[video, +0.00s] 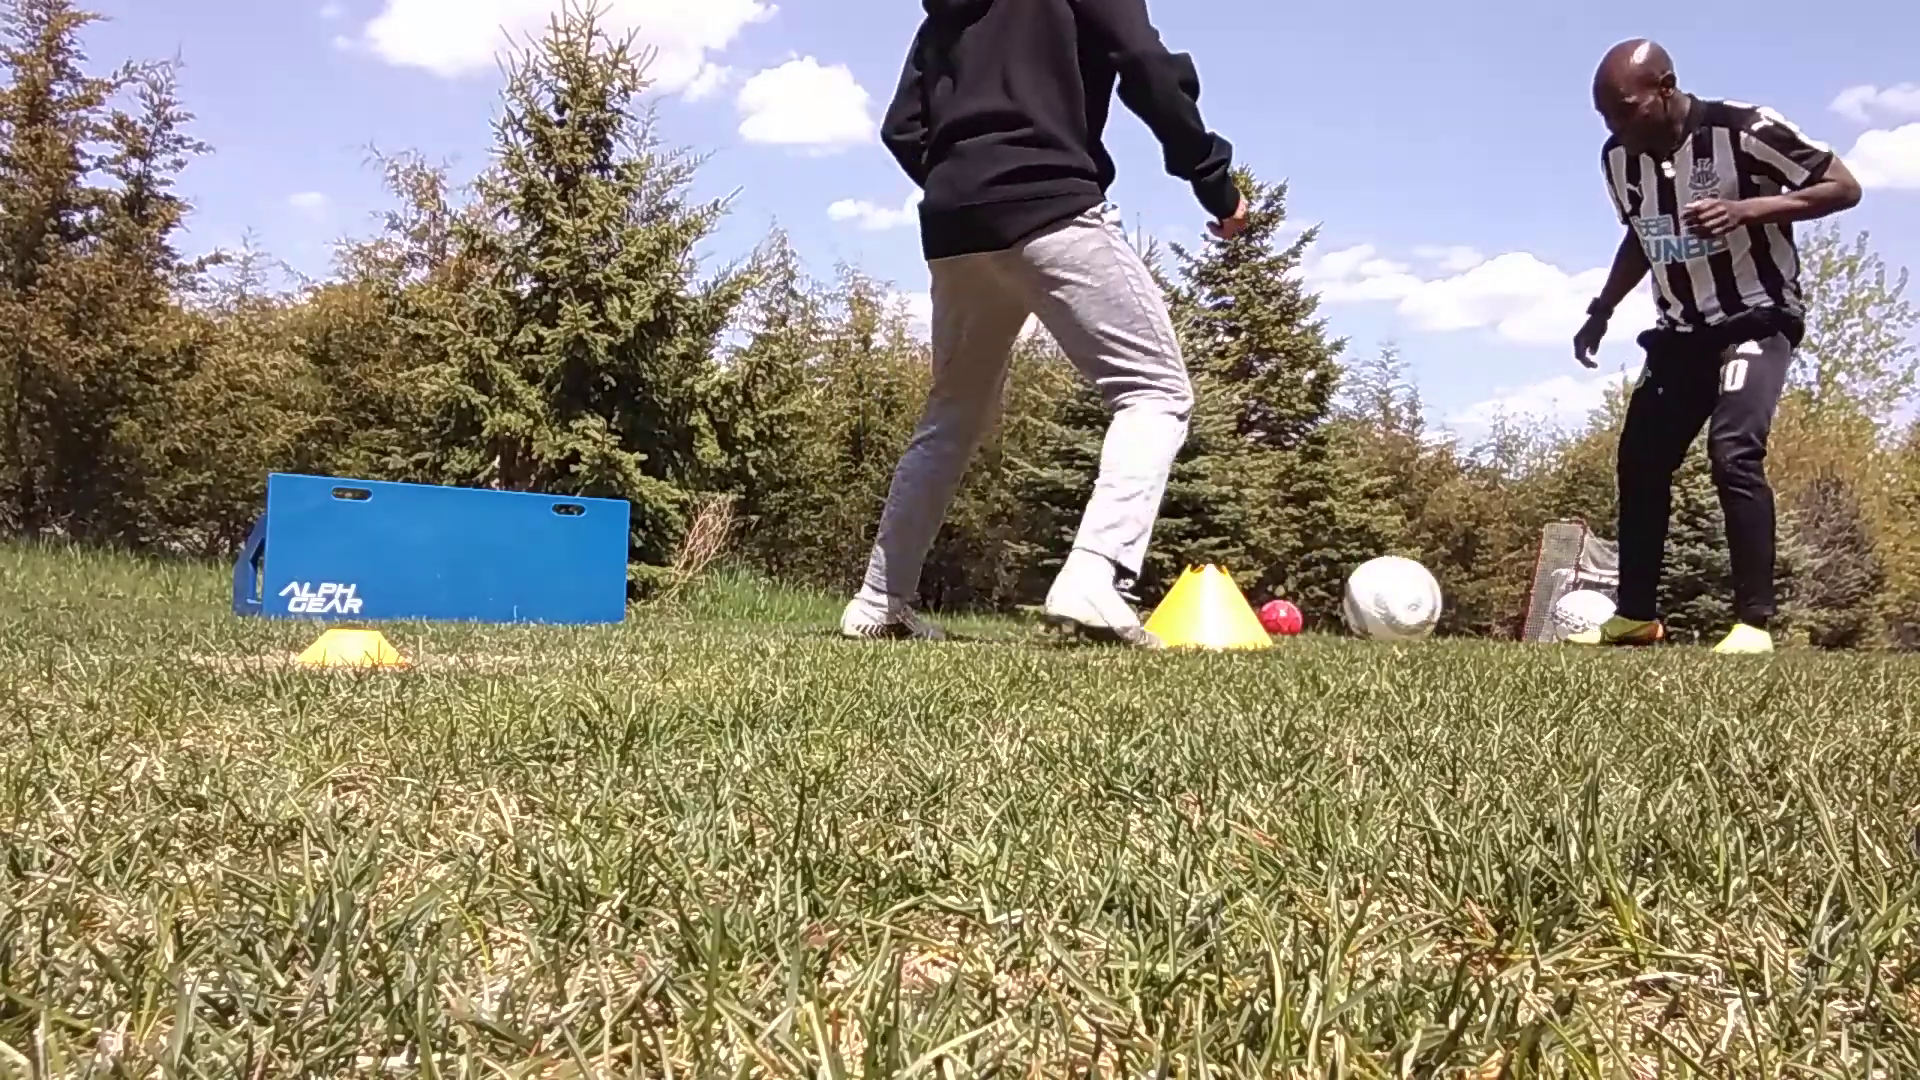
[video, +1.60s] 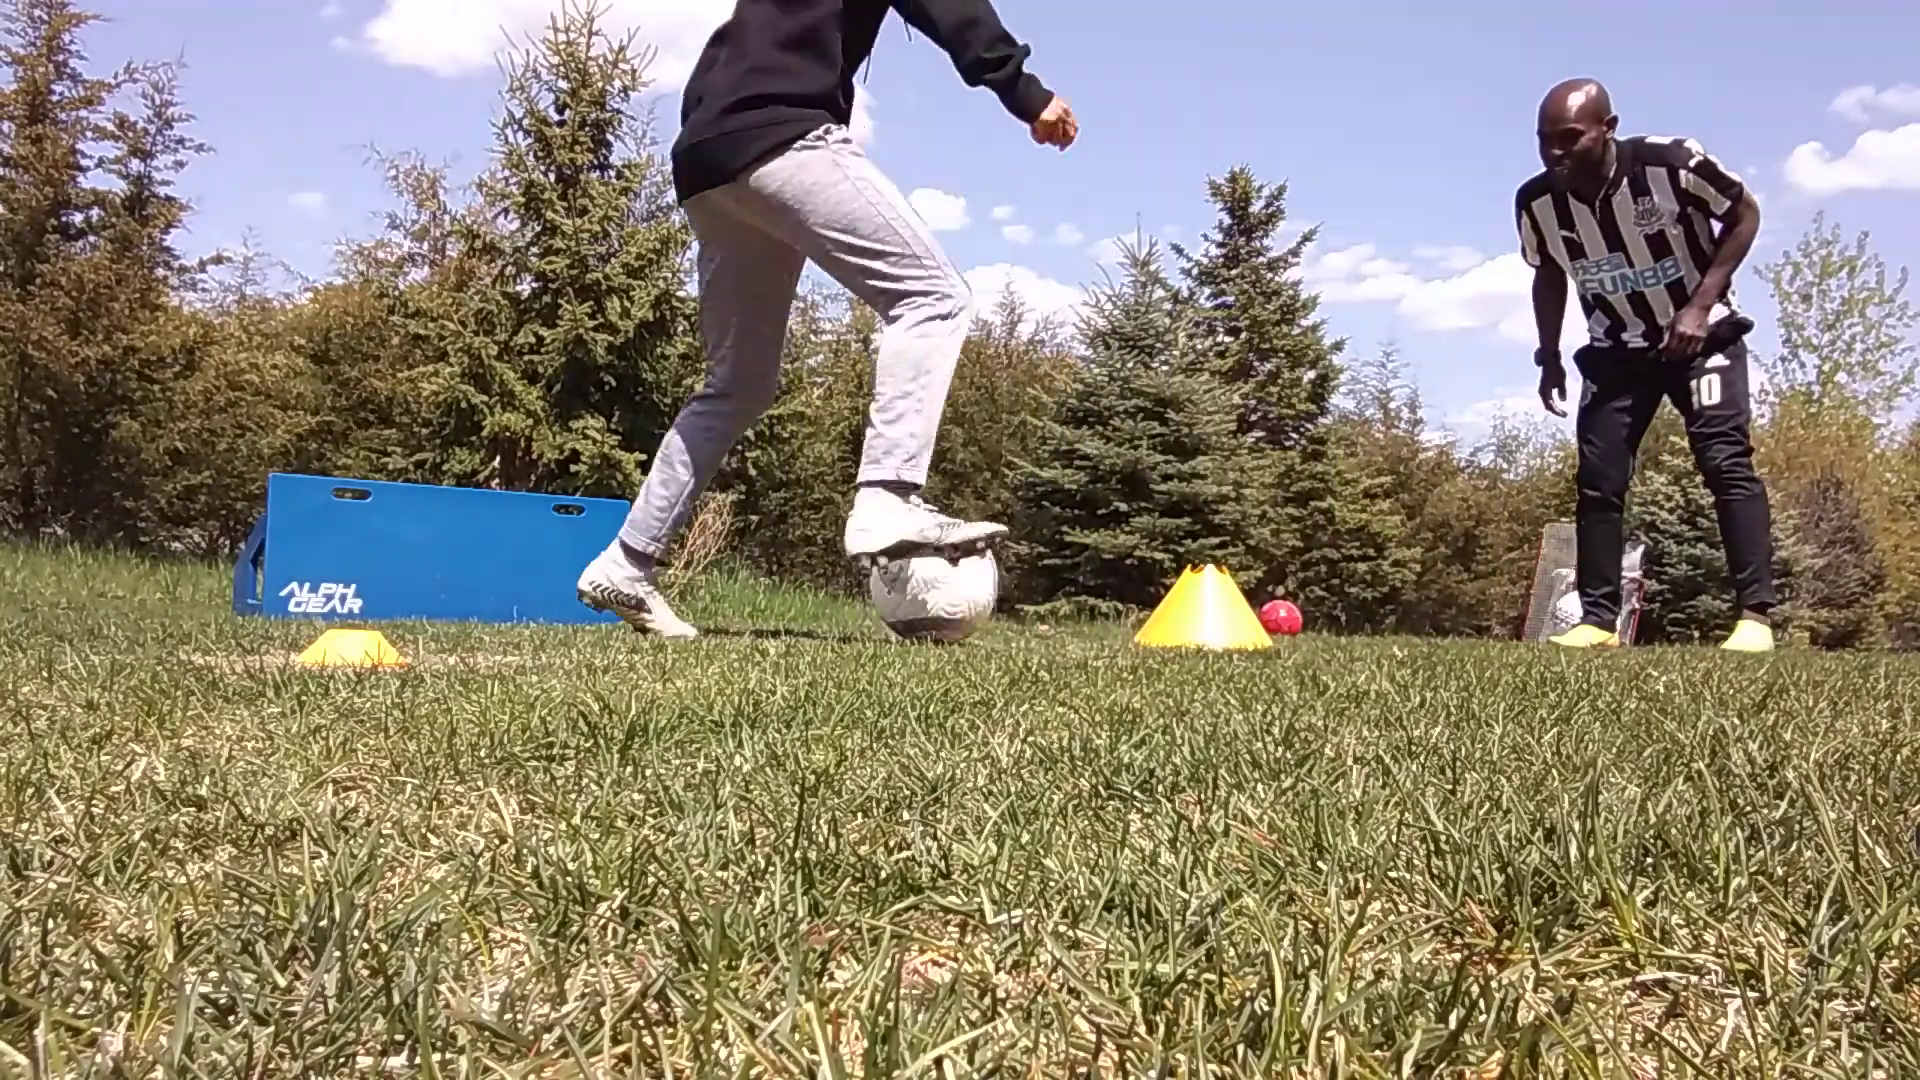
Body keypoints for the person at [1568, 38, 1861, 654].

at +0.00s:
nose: (1612, 128)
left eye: (1620, 112)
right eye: (1606, 115)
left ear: (1663, 93)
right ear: (1612, 106)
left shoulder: (1745, 129)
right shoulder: (1620, 158)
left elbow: (1844, 187)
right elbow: (1643, 236)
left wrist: (1747, 207)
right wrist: (1601, 310)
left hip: (1755, 323)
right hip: (1682, 333)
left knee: (1733, 453)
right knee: (1640, 459)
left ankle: (1753, 624)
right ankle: (1637, 615)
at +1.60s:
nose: (1552, 153)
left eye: (1566, 139)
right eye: (1545, 139)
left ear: (1607, 130)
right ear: (1538, 137)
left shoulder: (1674, 166)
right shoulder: (1536, 204)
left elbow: (1744, 212)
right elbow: (1549, 275)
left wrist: (1701, 303)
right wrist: (1549, 354)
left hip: (1702, 337)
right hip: (1619, 351)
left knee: (1725, 463)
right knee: (1598, 475)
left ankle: (1755, 617)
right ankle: (1599, 621)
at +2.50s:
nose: (1648, 133)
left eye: (1663, 118)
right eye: (1636, 119)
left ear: (1692, 104)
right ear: (1618, 111)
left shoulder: (1744, 152)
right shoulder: (1600, 179)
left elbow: (1841, 196)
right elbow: (1598, 247)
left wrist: (1796, 254)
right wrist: (1577, 321)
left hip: (1747, 333)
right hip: (1652, 348)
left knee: (1793, 451)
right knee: (1610, 479)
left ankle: (1848, 606)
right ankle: (1597, 623)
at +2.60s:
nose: (1676, 105)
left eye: (1692, 89)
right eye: (1664, 89)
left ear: (1724, 70)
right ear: (1648, 77)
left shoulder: (1779, 120)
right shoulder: (1633, 149)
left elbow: (1868, 165)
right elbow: (1636, 226)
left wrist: (1832, 233)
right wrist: (1605, 298)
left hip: (1788, 323)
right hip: (1696, 333)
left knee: (1820, 459)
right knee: (1642, 460)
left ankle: (1860, 620)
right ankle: (1614, 612)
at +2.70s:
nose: (1710, 109)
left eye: (1728, 92)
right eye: (1697, 92)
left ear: (1756, 73)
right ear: (1680, 77)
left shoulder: (1812, 120)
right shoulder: (1661, 157)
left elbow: (1891, 171)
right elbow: (1662, 247)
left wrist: (1861, 255)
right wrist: (1630, 319)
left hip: (1818, 323)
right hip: (1727, 334)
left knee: (1831, 463)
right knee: (1652, 434)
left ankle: (1864, 624)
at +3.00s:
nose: (1748, 81)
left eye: (1760, 67)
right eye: (1737, 68)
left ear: (1785, 60)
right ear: (1722, 64)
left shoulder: (1837, 113)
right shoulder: (1721, 138)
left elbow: (1917, 168)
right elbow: (1711, 230)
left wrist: (1889, 258)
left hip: (1861, 318)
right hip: (1787, 332)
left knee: (1853, 462)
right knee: (1755, 455)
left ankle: (1874, 625)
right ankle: (1795, 614)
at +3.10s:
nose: (1781, 16)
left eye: (1799, 8)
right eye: (1775, 5)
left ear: (1820, 22)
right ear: (1753, 13)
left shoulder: (1836, 107)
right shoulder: (1719, 121)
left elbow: (1916, 165)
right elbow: (1703, 224)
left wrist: (1887, 256)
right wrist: (1700, 314)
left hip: (1851, 309)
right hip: (1761, 313)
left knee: (1849, 452)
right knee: (1736, 453)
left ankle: (1861, 601)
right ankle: (1770, 603)